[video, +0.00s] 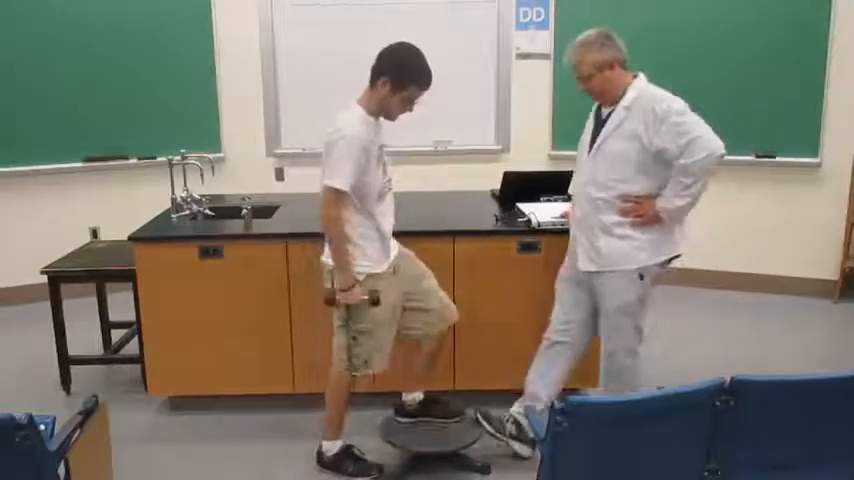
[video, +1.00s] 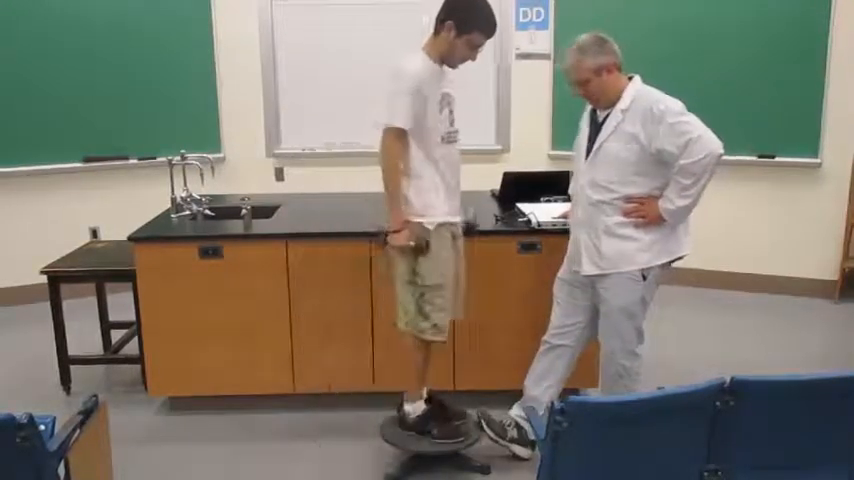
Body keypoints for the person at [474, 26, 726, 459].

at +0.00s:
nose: (582, 87)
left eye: (587, 76)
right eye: (579, 78)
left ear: (614, 67)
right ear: (600, 71)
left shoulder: (655, 105)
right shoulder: (600, 112)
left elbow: (705, 149)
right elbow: (602, 174)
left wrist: (666, 207)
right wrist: (583, 208)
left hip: (628, 253)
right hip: (586, 248)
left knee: (620, 352)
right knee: (562, 336)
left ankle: (618, 435)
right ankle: (529, 419)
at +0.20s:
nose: (578, 88)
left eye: (582, 78)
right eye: (574, 79)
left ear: (609, 68)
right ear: (599, 72)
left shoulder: (650, 105)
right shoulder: (596, 112)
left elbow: (700, 149)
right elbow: (603, 171)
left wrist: (663, 207)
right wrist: (582, 208)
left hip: (626, 254)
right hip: (583, 249)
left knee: (618, 352)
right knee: (561, 336)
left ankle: (617, 434)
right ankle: (528, 420)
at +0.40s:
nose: (573, 90)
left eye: (577, 80)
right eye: (570, 82)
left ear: (604, 69)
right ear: (595, 73)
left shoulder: (645, 105)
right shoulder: (595, 110)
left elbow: (695, 149)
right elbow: (606, 171)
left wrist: (661, 207)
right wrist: (581, 208)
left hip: (625, 255)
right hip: (583, 250)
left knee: (617, 354)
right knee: (560, 337)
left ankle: (615, 436)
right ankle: (529, 422)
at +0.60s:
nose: (573, 91)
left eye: (577, 81)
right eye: (570, 83)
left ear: (604, 69)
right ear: (596, 73)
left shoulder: (645, 105)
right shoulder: (592, 112)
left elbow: (697, 148)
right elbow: (604, 171)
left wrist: (662, 207)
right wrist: (581, 207)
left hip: (626, 256)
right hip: (583, 251)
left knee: (619, 355)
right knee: (560, 337)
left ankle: (615, 437)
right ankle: (528, 422)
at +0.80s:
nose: (574, 92)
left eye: (578, 83)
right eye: (570, 84)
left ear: (605, 71)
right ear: (598, 74)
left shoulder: (647, 106)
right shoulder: (594, 113)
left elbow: (699, 149)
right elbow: (602, 171)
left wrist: (665, 207)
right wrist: (580, 207)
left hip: (628, 255)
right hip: (584, 250)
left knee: (619, 355)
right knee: (561, 338)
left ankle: (615, 438)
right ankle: (527, 423)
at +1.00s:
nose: (580, 92)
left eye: (584, 83)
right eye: (576, 85)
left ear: (610, 71)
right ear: (599, 75)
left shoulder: (652, 107)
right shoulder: (593, 113)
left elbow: (705, 149)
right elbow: (600, 169)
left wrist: (669, 208)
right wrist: (580, 203)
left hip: (630, 255)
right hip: (585, 249)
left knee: (620, 354)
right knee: (561, 337)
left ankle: (615, 436)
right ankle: (527, 423)